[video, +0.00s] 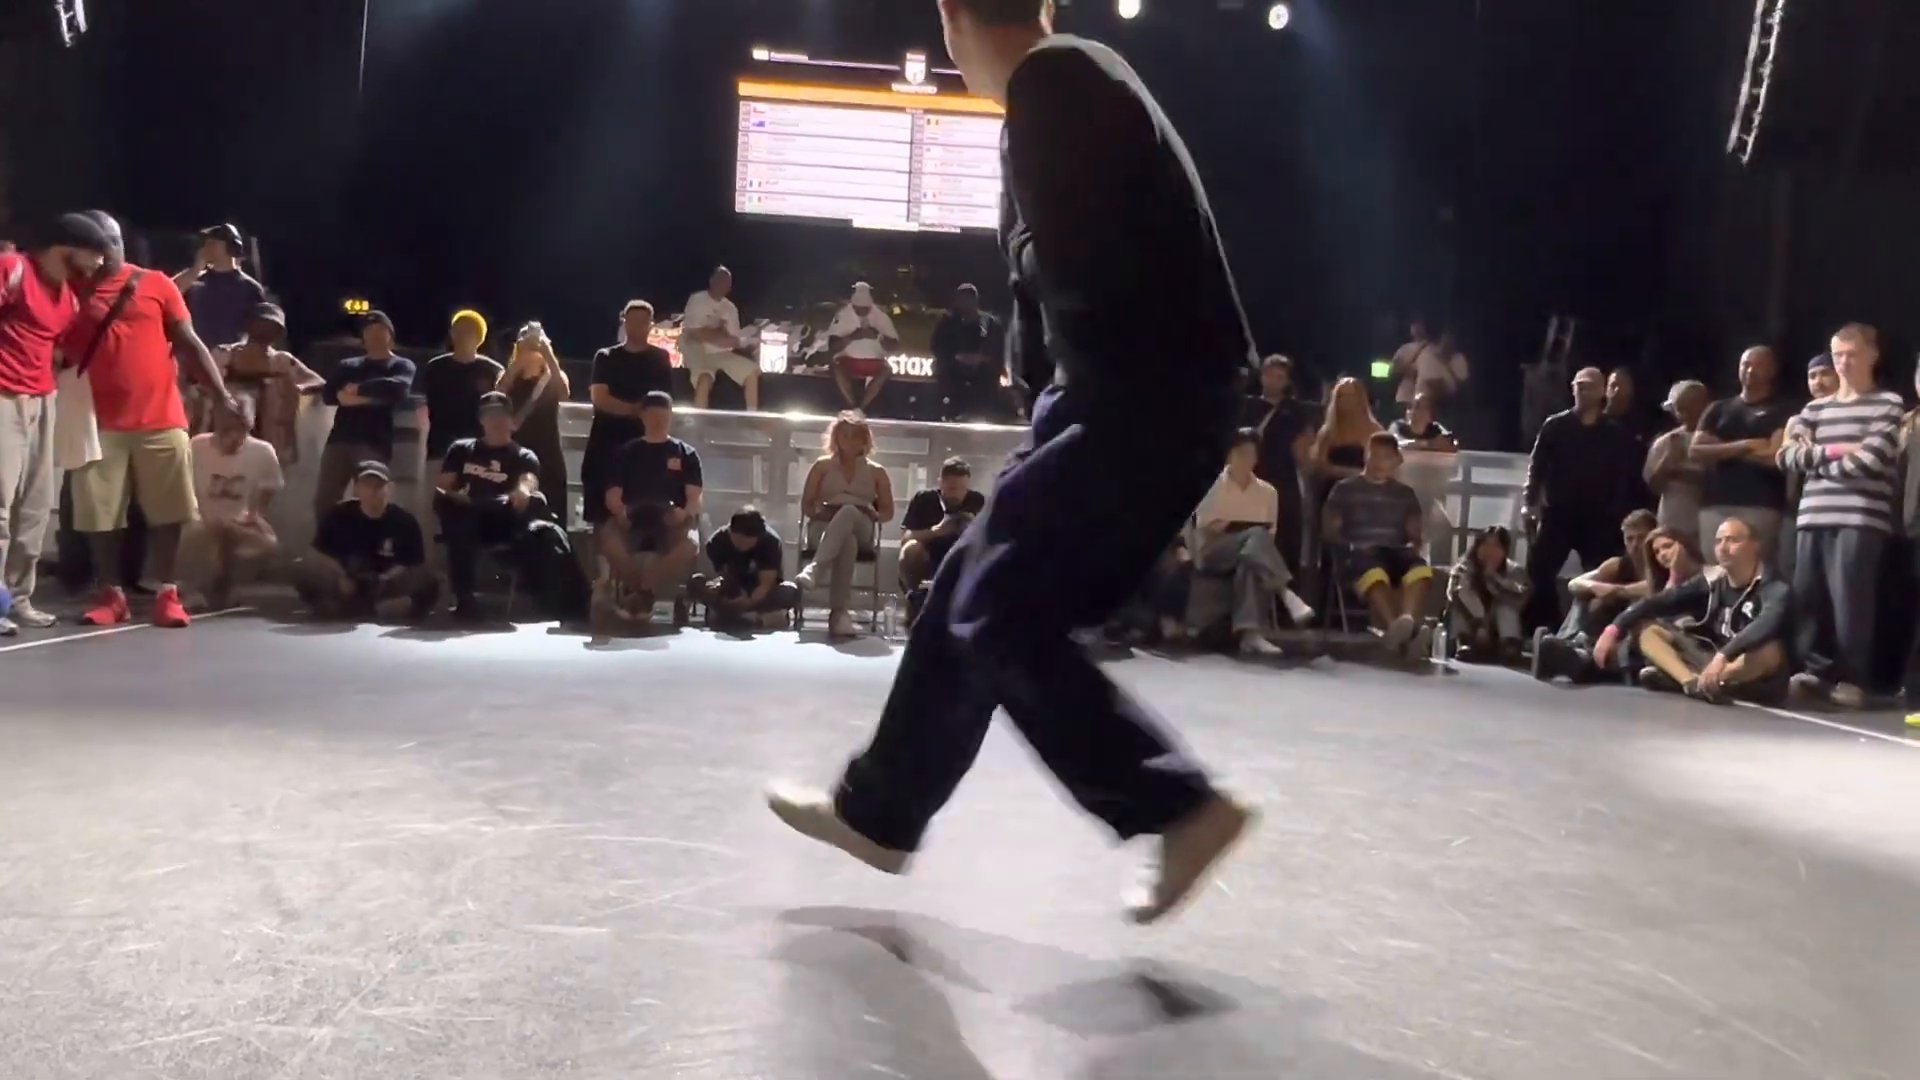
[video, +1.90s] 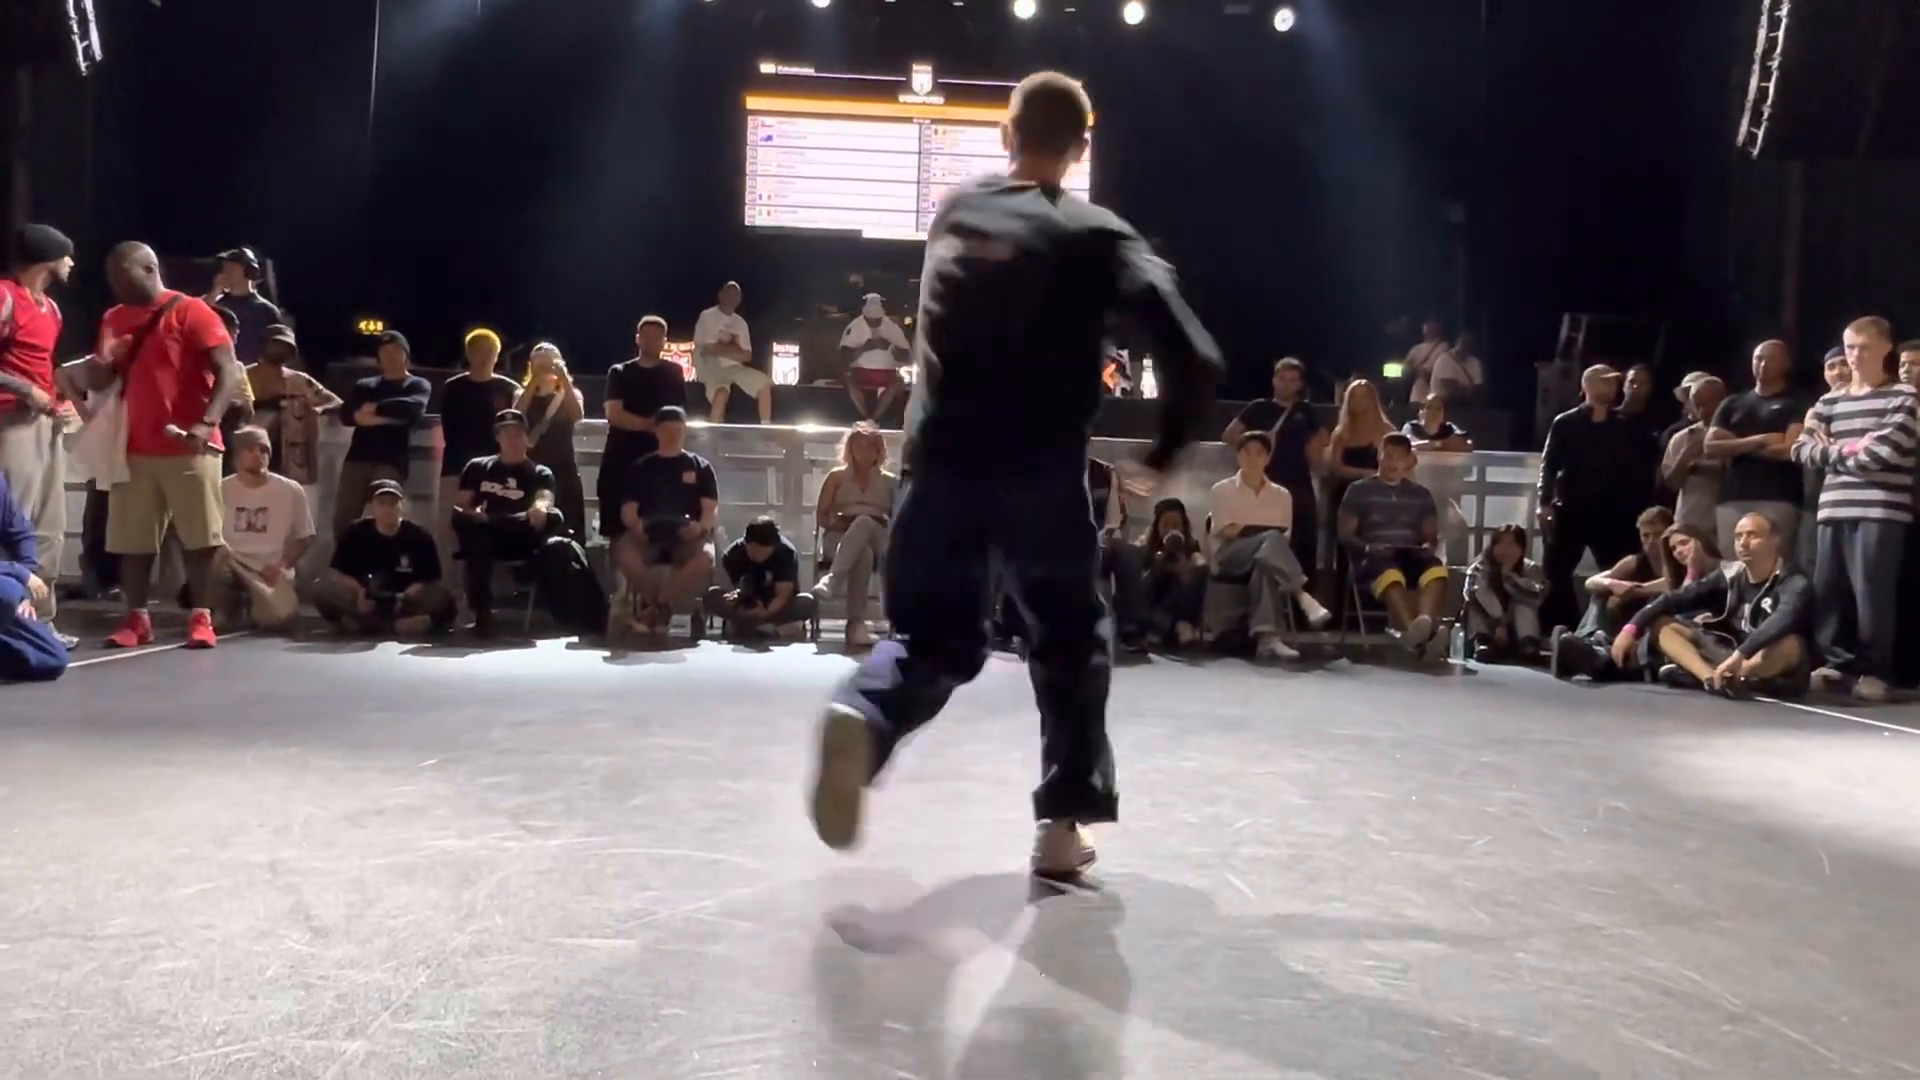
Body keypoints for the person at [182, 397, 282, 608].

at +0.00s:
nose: (232, 438)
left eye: (238, 430)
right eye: (225, 430)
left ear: (248, 428)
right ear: (216, 426)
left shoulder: (263, 452)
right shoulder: (196, 446)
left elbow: (269, 488)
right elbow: (185, 482)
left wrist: (254, 514)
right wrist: (199, 515)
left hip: (241, 520)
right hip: (204, 518)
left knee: (267, 544)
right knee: (189, 538)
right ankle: (187, 591)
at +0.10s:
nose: (230, 439)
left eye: (237, 433)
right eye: (225, 432)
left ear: (243, 433)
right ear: (210, 431)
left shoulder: (258, 459)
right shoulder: (189, 455)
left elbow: (261, 500)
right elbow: (183, 501)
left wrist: (246, 524)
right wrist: (207, 519)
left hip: (238, 532)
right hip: (201, 530)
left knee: (265, 544)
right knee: (192, 529)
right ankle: (185, 587)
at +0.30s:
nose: (223, 448)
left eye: (229, 441)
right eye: (216, 441)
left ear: (236, 441)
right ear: (204, 438)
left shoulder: (257, 470)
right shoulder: (187, 466)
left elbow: (264, 519)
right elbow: (183, 513)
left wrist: (253, 541)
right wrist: (204, 528)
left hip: (241, 544)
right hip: (201, 542)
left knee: (269, 566)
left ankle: (221, 586)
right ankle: (189, 595)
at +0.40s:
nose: (224, 446)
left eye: (229, 439)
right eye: (217, 439)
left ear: (236, 441)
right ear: (204, 439)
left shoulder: (258, 472)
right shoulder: (189, 469)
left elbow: (266, 524)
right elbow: (186, 520)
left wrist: (259, 545)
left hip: (242, 549)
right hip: (204, 547)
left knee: (270, 579)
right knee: (197, 539)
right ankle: (193, 601)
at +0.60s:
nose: (223, 447)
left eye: (229, 442)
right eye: (216, 441)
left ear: (235, 449)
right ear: (202, 448)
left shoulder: (259, 484)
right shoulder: (189, 483)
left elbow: (274, 533)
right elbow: (184, 526)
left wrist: (260, 561)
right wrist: (198, 546)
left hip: (245, 565)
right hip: (205, 563)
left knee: (268, 605)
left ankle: (214, 618)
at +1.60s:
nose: (254, 455)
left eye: (259, 450)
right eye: (247, 450)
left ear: (265, 455)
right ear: (233, 454)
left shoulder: (285, 492)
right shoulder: (213, 491)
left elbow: (294, 538)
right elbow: (203, 532)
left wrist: (278, 567)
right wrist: (213, 546)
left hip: (267, 569)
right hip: (228, 563)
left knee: (278, 617)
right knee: (211, 555)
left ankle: (243, 609)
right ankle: (215, 616)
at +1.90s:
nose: (258, 456)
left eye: (264, 450)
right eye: (251, 450)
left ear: (269, 455)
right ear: (237, 455)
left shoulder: (291, 490)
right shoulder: (222, 489)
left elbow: (304, 536)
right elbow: (210, 531)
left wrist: (281, 566)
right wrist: (222, 551)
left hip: (271, 570)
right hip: (233, 565)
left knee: (279, 617)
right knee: (220, 555)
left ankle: (252, 609)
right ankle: (216, 615)